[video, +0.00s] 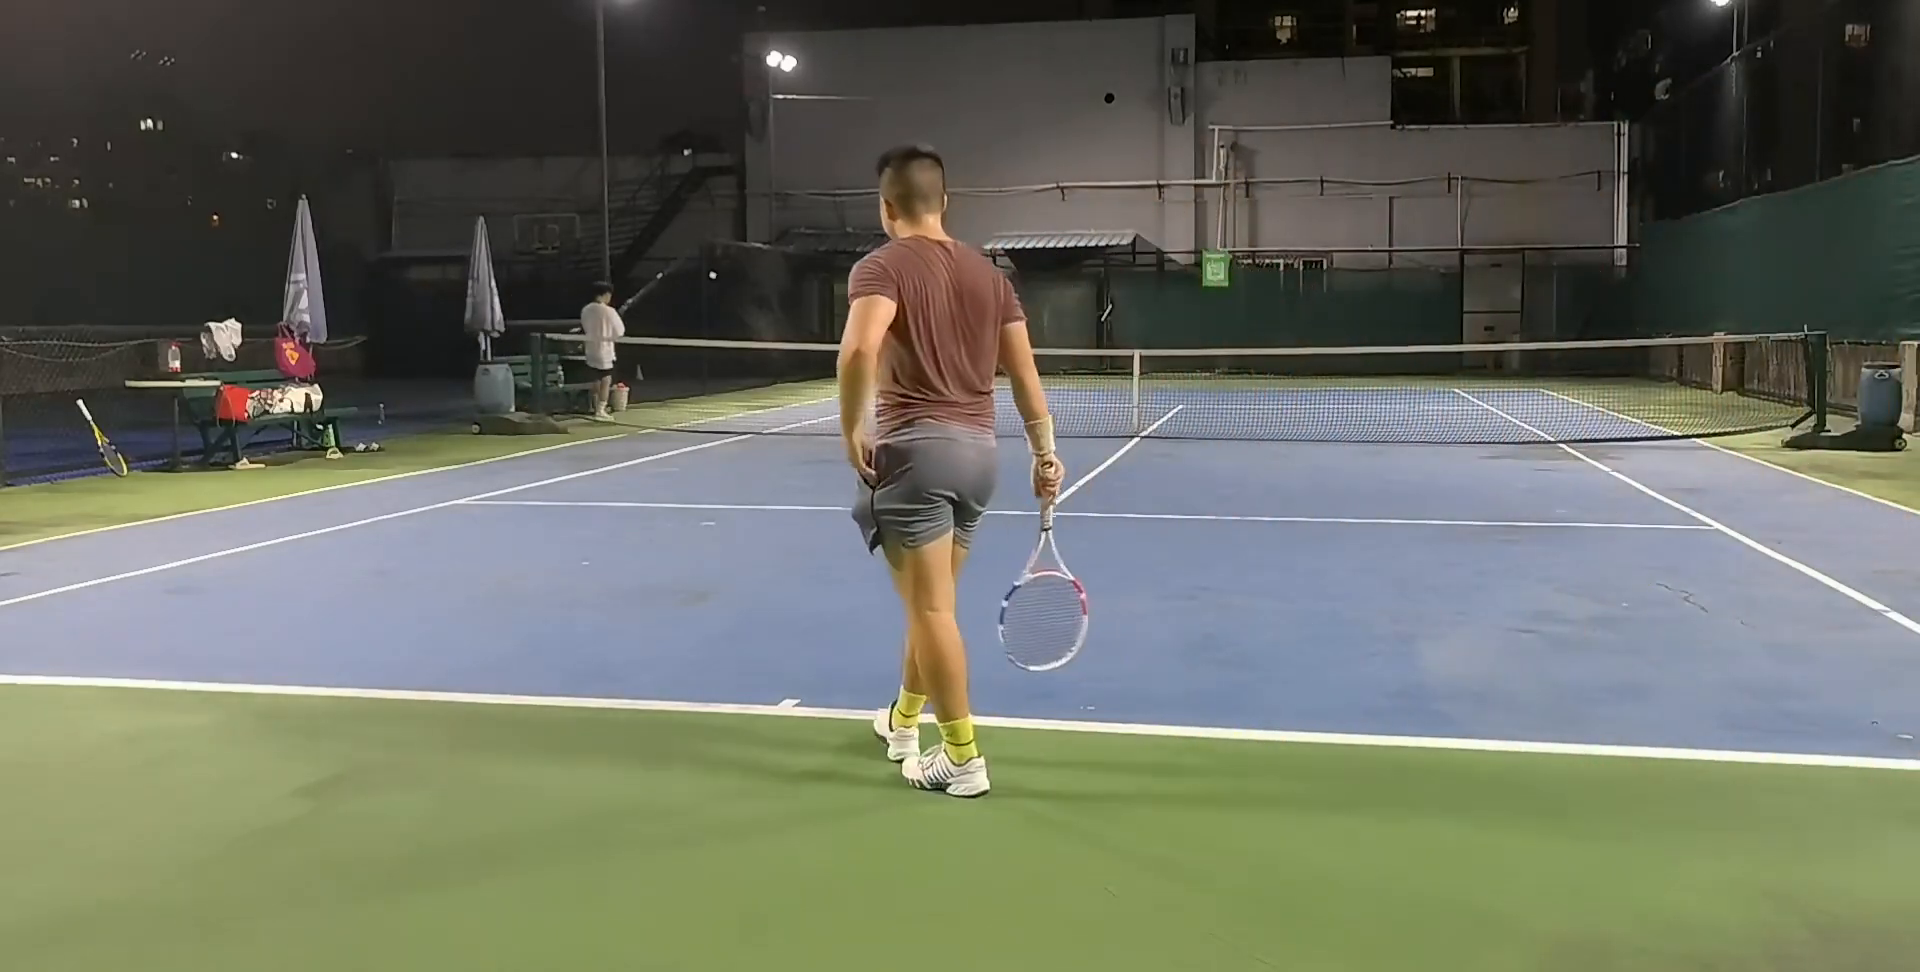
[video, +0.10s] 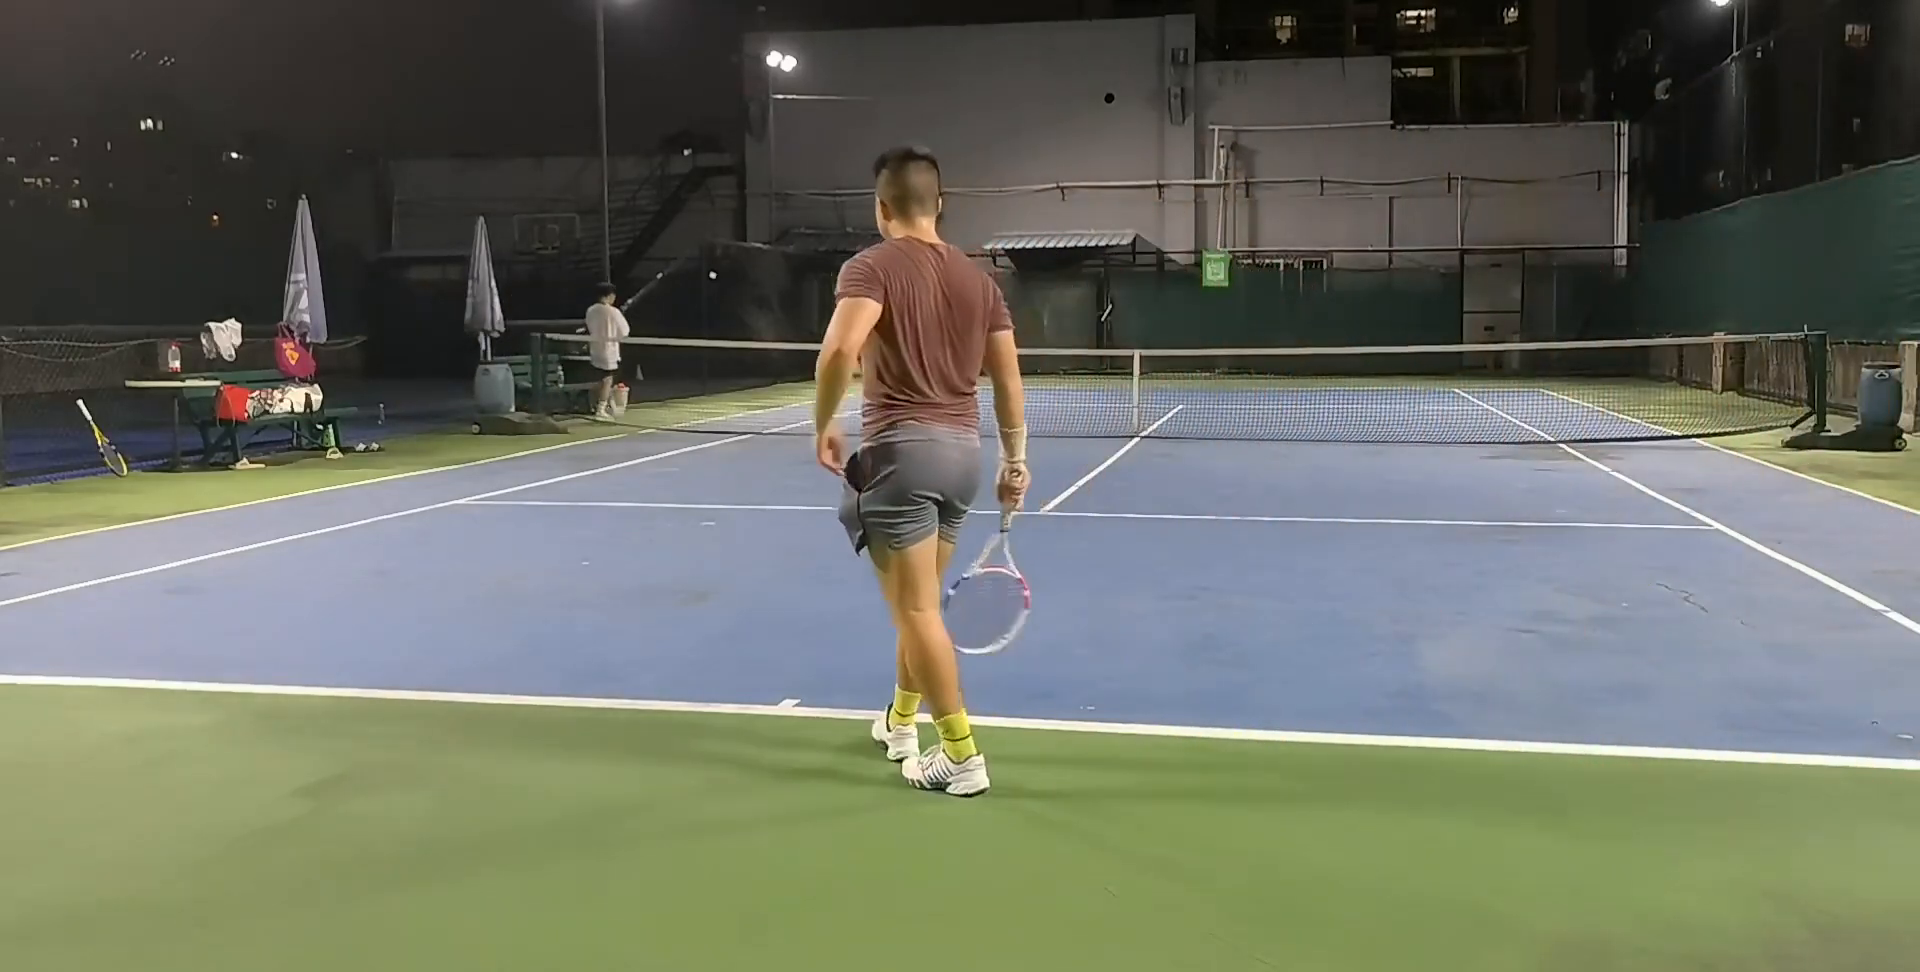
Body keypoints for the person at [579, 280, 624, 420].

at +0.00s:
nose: (610, 298)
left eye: (610, 295)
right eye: (609, 295)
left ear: (595, 294)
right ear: (604, 295)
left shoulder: (585, 310)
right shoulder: (609, 311)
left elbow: (585, 328)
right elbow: (620, 331)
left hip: (590, 348)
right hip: (605, 349)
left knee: (595, 378)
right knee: (606, 379)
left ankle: (596, 406)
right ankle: (601, 410)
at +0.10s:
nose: (614, 298)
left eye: (613, 295)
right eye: (613, 295)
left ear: (599, 295)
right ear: (609, 296)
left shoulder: (590, 310)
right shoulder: (614, 312)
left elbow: (590, 328)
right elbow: (625, 331)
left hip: (595, 349)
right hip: (610, 350)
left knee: (600, 378)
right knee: (607, 380)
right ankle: (601, 410)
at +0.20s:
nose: (617, 300)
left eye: (617, 297)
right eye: (616, 298)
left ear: (603, 297)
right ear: (613, 298)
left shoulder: (595, 312)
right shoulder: (618, 313)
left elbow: (594, 328)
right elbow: (629, 331)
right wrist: (618, 336)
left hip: (600, 350)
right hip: (615, 350)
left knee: (612, 380)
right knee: (613, 381)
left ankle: (618, 408)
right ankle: (602, 410)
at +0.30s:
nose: (620, 299)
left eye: (619, 296)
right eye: (619, 296)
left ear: (606, 297)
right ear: (617, 297)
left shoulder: (598, 312)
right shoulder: (621, 312)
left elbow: (599, 330)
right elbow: (632, 330)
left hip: (605, 350)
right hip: (620, 350)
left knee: (611, 381)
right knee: (625, 379)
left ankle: (618, 410)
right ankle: (611, 401)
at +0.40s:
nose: (623, 298)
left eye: (623, 296)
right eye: (623, 295)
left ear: (609, 295)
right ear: (620, 295)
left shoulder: (601, 311)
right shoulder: (624, 311)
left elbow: (602, 330)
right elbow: (635, 329)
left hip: (609, 350)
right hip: (624, 350)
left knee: (616, 378)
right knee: (633, 374)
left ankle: (618, 409)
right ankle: (622, 396)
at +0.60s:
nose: (631, 298)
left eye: (631, 295)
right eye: (630, 295)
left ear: (616, 296)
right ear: (626, 296)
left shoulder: (608, 311)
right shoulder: (633, 311)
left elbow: (608, 328)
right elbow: (644, 329)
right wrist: (631, 327)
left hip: (616, 351)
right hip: (633, 351)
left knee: (620, 381)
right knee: (639, 377)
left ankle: (620, 410)